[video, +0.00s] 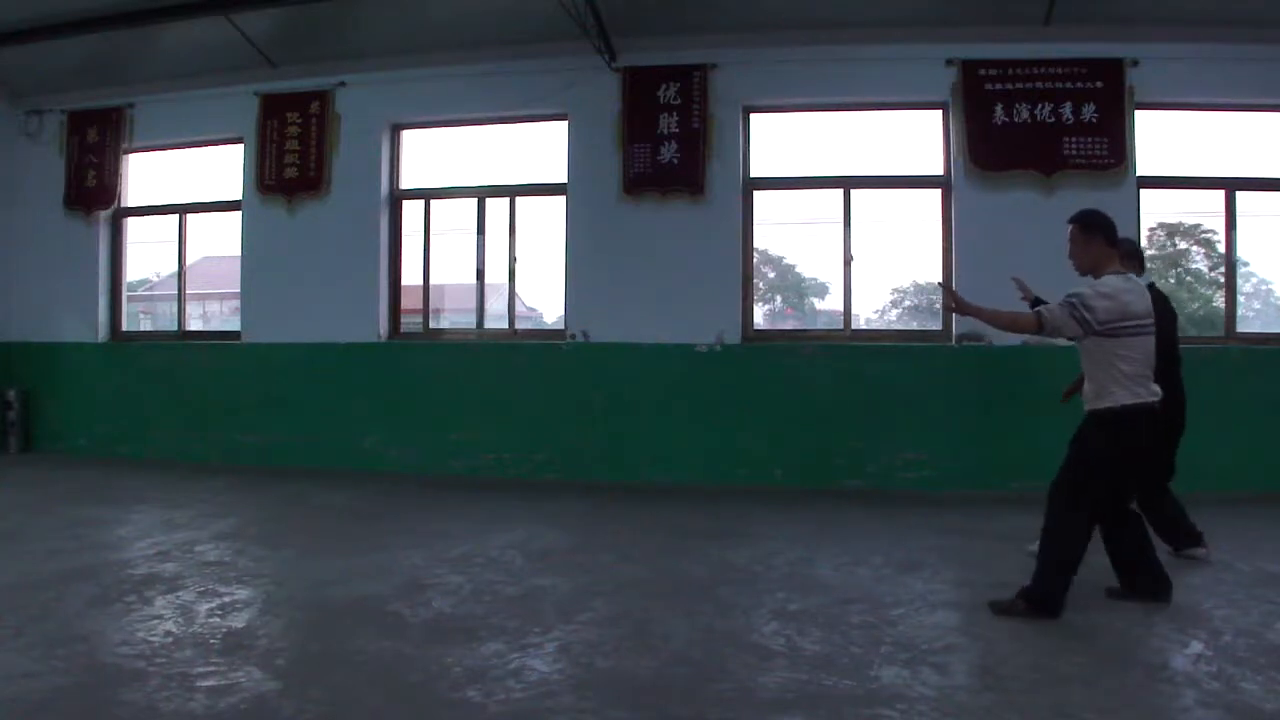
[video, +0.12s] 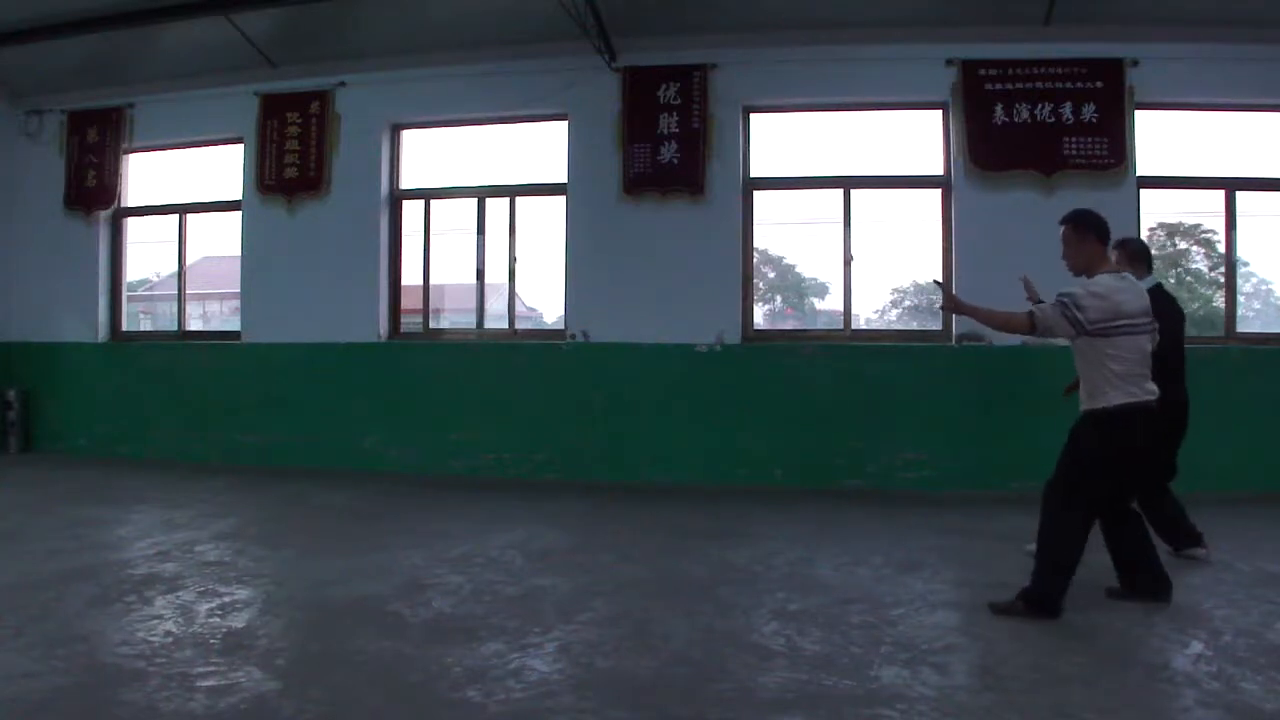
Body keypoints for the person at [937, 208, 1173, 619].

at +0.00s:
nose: (1069, 252)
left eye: (1074, 243)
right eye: (1069, 244)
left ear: (1097, 243)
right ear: (1106, 245)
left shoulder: (1096, 297)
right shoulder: (1139, 292)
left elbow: (1034, 323)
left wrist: (966, 308)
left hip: (1111, 419)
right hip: (1144, 413)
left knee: (1067, 500)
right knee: (1111, 500)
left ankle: (1044, 598)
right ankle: (1146, 583)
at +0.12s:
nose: (1062, 253)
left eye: (1067, 243)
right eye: (1062, 244)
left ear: (1089, 243)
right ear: (1102, 245)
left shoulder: (1086, 298)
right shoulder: (1136, 292)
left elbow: (1024, 323)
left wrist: (961, 307)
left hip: (1105, 420)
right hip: (1144, 413)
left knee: (1063, 501)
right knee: (1113, 500)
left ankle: (1043, 598)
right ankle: (1147, 582)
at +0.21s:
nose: (1053, 255)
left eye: (1057, 245)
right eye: (1052, 246)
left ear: (1079, 244)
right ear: (1093, 245)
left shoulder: (1073, 300)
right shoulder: (1132, 292)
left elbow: (1014, 323)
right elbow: (1149, 340)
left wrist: (957, 305)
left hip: (1098, 420)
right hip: (1140, 413)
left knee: (1057, 502)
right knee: (1113, 500)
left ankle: (1041, 598)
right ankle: (1147, 582)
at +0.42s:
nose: (1049, 266)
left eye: (1053, 257)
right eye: (1049, 258)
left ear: (1075, 255)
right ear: (1088, 257)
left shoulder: (1066, 310)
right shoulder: (1130, 301)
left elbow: (1010, 326)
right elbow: (1147, 352)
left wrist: (951, 310)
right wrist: (1084, 382)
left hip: (1099, 429)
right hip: (1142, 420)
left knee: (1048, 502)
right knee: (1105, 498)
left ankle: (1039, 599)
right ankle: (1157, 570)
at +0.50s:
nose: (1059, 269)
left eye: (1063, 259)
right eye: (1059, 260)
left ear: (1087, 260)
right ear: (1097, 261)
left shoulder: (1087, 310)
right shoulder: (1131, 302)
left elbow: (1020, 323)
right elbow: (1092, 337)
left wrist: (956, 313)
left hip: (1110, 431)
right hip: (1147, 423)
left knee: (1059, 505)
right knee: (1120, 504)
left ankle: (1039, 598)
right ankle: (1161, 576)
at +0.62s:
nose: (1073, 270)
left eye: (1078, 261)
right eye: (1073, 262)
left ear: (1104, 260)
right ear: (1108, 262)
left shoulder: (1124, 306)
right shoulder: (1126, 305)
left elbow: (1062, 331)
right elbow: (1105, 368)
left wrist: (999, 331)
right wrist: (1058, 343)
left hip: (1140, 424)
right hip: (1142, 421)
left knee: (1084, 498)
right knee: (1128, 501)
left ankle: (1042, 585)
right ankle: (1161, 578)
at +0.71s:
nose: (1083, 270)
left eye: (1089, 260)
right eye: (1083, 261)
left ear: (1116, 261)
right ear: (1110, 263)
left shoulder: (1158, 306)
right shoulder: (1102, 311)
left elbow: (1132, 359)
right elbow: (1084, 368)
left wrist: (1068, 358)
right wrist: (1074, 344)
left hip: (1162, 419)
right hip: (1130, 419)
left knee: (1091, 480)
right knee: (1131, 497)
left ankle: (1070, 571)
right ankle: (1161, 578)